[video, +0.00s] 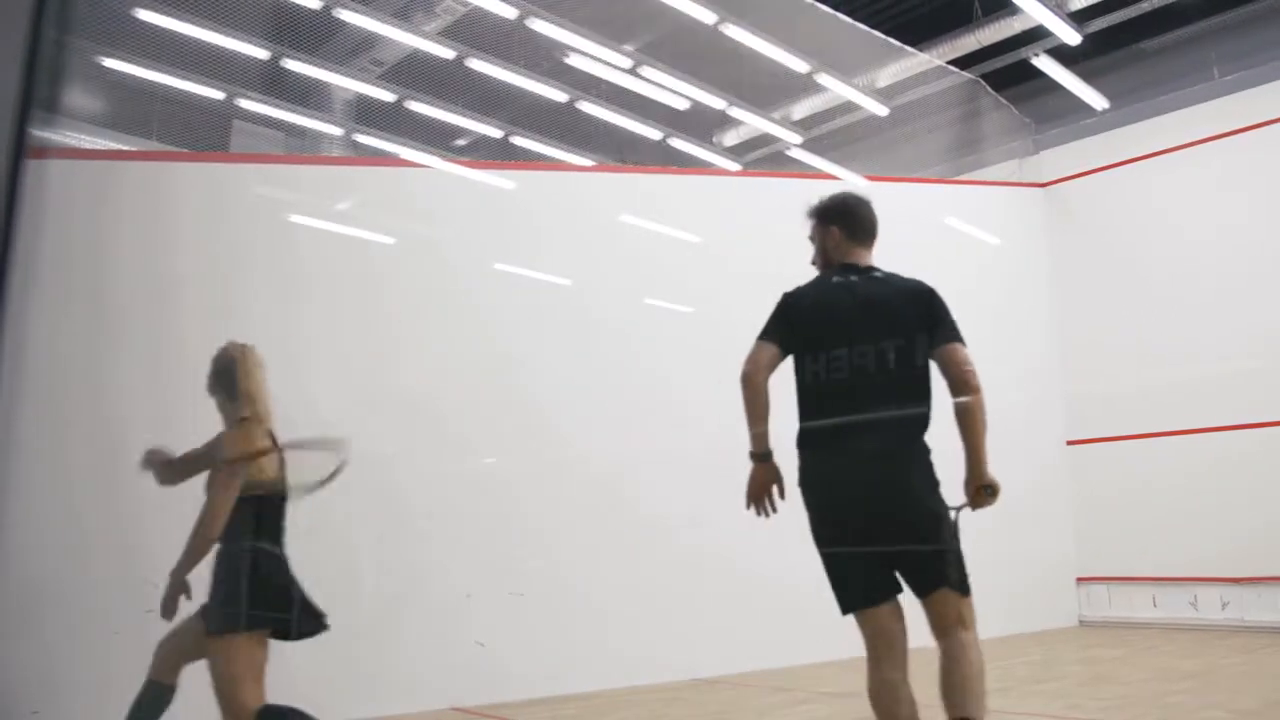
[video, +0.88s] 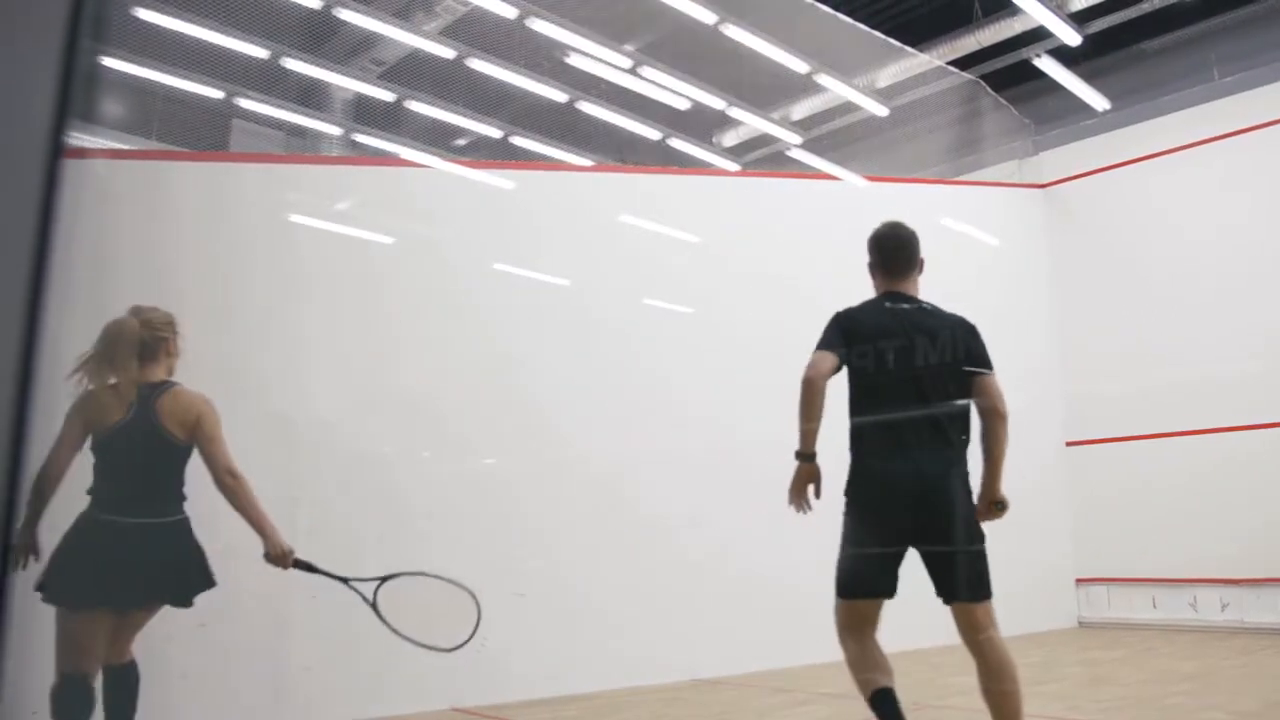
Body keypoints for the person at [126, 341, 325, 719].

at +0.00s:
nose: (208, 392)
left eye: (210, 384)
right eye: (211, 384)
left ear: (215, 388)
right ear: (254, 385)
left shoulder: (236, 441)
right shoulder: (259, 436)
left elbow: (211, 527)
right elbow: (173, 475)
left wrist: (178, 575)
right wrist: (159, 461)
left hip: (243, 591)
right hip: (258, 590)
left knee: (243, 708)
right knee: (170, 652)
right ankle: (140, 713)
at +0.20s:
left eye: (173, 369)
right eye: (217, 370)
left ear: (174, 376)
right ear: (218, 374)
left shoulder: (163, 432)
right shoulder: (236, 432)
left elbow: (156, 518)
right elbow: (206, 504)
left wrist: (137, 582)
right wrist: (140, 534)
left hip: (196, 568)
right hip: (239, 564)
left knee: (196, 700)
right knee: (149, 641)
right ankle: (132, 716)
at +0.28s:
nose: (207, 368)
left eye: (161, 361)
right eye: (205, 361)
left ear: (160, 369)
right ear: (206, 368)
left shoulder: (145, 425)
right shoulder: (226, 425)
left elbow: (133, 511)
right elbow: (209, 496)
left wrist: (119, 582)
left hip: (185, 562)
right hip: (233, 556)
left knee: (178, 698)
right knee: (151, 648)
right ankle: (135, 714)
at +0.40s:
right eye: (191, 355)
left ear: (144, 361)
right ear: (191, 361)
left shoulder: (124, 417)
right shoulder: (217, 417)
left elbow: (111, 499)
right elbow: (233, 497)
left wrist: (96, 570)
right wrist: (234, 552)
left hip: (161, 557)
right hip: (218, 552)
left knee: (153, 685)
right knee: (150, 667)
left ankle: (236, 716)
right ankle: (135, 714)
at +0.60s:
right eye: (176, 355)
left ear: (123, 356)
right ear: (174, 357)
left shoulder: (107, 406)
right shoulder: (204, 408)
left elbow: (85, 484)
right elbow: (239, 480)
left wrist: (63, 555)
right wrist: (273, 543)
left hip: (135, 550)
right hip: (196, 547)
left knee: (111, 672)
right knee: (141, 653)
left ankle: (190, 715)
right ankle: (135, 719)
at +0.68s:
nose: (176, 360)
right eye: (176, 352)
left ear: (123, 352)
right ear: (174, 353)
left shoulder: (102, 406)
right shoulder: (200, 407)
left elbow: (76, 480)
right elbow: (234, 477)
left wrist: (50, 548)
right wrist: (275, 541)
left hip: (124, 550)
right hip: (186, 548)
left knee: (97, 672)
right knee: (136, 649)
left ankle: (157, 712)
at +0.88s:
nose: (178, 351)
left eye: (177, 345)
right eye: (177, 344)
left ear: (126, 349)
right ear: (171, 347)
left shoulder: (94, 403)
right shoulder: (191, 407)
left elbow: (49, 476)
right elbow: (228, 476)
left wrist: (29, 528)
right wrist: (272, 539)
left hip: (97, 549)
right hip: (164, 552)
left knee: (76, 671)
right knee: (118, 649)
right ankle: (119, 717)